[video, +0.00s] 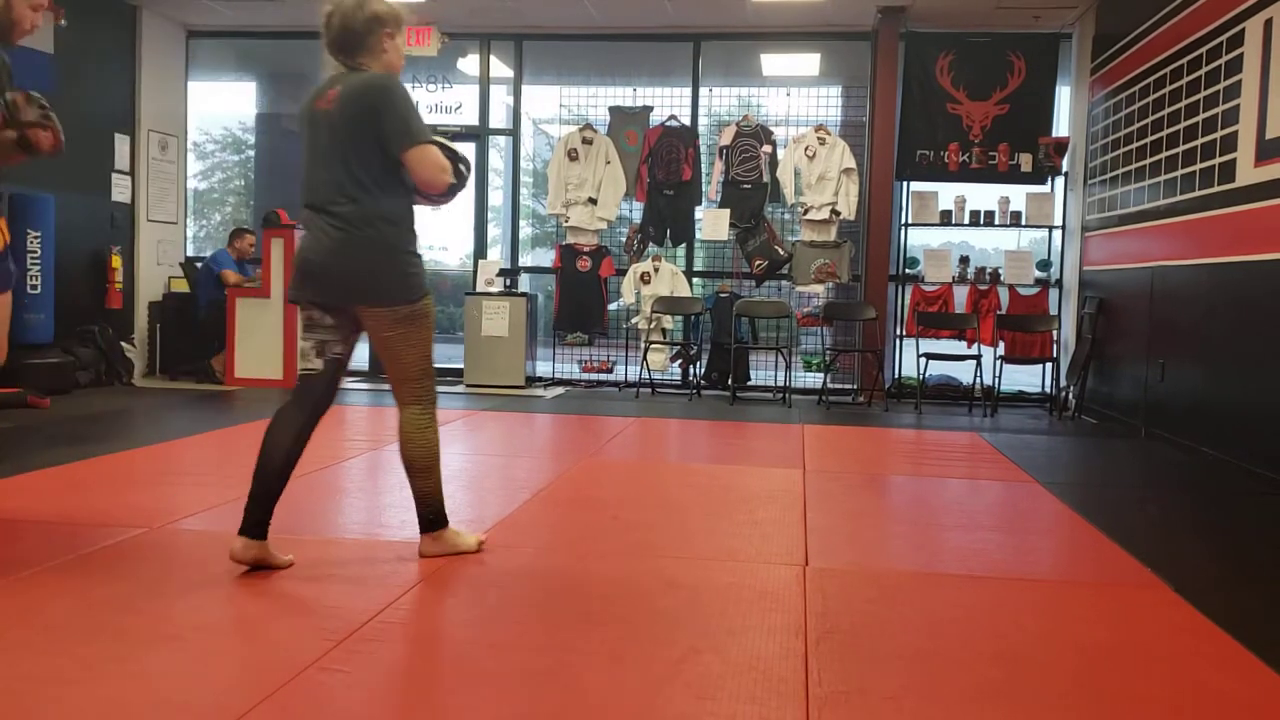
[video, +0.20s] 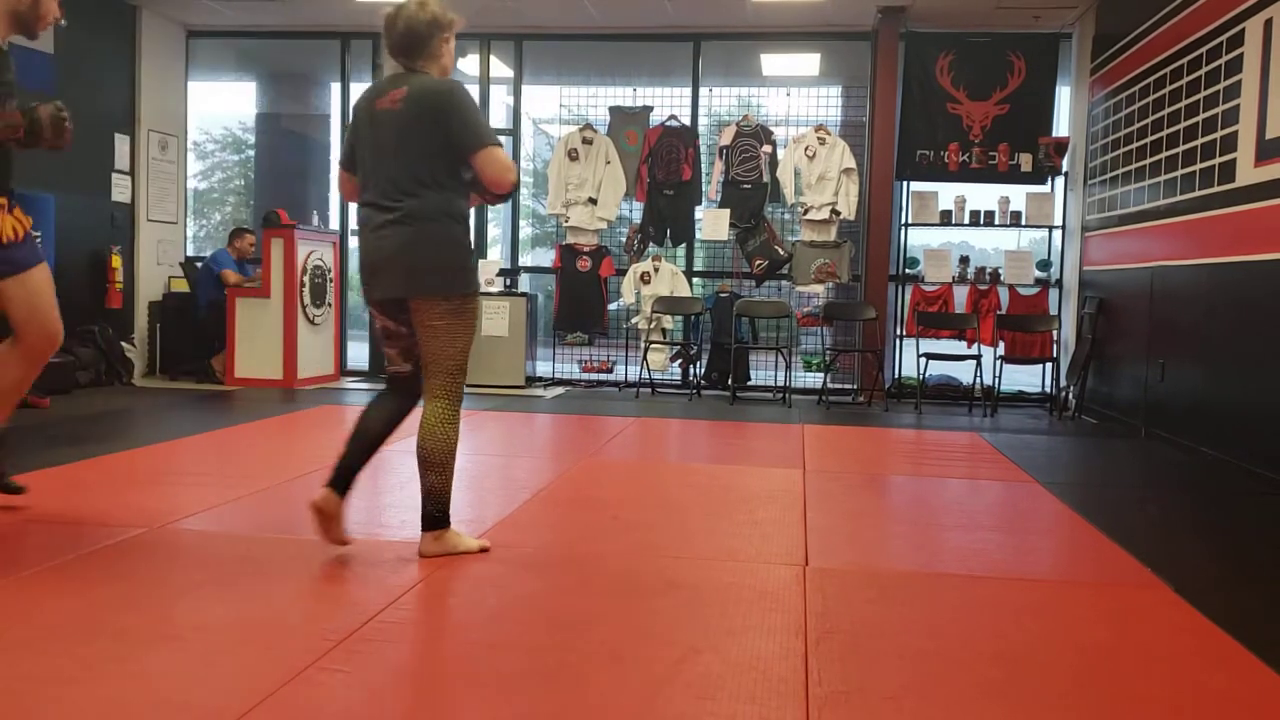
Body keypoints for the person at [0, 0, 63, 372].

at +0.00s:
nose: (37, 23)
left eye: (42, 15)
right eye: (35, 10)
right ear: (10, 2)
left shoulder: (6, 62)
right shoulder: (4, 61)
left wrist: (23, 140)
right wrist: (19, 140)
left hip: (2, 205)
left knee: (5, 277)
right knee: (4, 278)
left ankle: (4, 377)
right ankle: (4, 376)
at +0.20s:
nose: (58, 15)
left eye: (60, 8)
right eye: (56, 4)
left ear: (30, 6)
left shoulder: (11, 54)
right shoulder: (6, 52)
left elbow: (4, 119)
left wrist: (25, 123)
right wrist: (21, 122)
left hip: (8, 202)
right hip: (4, 203)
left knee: (42, 332)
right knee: (39, 332)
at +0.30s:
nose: (69, 21)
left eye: (73, 11)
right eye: (71, 8)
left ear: (41, 3)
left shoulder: (16, 50)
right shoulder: (3, 44)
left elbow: (16, 120)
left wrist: (56, 100)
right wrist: (45, 108)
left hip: (13, 208)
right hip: (5, 209)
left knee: (47, 335)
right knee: (45, 335)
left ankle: (40, 460)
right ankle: (40, 459)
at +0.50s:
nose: (108, 43)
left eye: (110, 33)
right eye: (108, 30)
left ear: (74, 19)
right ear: (83, 20)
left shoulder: (55, 71)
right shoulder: (22, 51)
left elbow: (83, 157)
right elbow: (38, 135)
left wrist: (108, 92)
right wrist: (108, 114)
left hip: (54, 238)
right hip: (13, 240)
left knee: (67, 364)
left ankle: (89, 474)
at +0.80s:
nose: (184, 32)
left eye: (186, 21)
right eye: (179, 18)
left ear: (144, 15)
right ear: (141, 9)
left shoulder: (142, 79)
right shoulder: (88, 49)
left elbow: (140, 160)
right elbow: (30, 115)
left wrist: (172, 132)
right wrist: (119, 131)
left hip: (119, 217)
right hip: (91, 216)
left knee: (99, 357)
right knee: (142, 337)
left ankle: (93, 475)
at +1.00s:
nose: (221, 35)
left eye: (222, 25)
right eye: (215, 23)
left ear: (183, 22)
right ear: (179, 18)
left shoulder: (181, 80)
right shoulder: (127, 68)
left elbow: (172, 154)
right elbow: (84, 145)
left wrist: (213, 171)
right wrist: (155, 161)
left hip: (156, 234)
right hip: (142, 235)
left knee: (121, 362)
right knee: (185, 360)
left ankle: (94, 475)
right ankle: (213, 491)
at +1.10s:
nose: (245, 35)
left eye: (245, 24)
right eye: (241, 22)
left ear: (208, 21)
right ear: (209, 19)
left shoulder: (185, 75)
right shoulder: (159, 71)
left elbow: (168, 156)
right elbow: (136, 155)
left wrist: (226, 165)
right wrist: (218, 166)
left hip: (173, 234)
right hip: (173, 236)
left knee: (156, 363)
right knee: (204, 364)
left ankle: (101, 468)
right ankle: (220, 494)